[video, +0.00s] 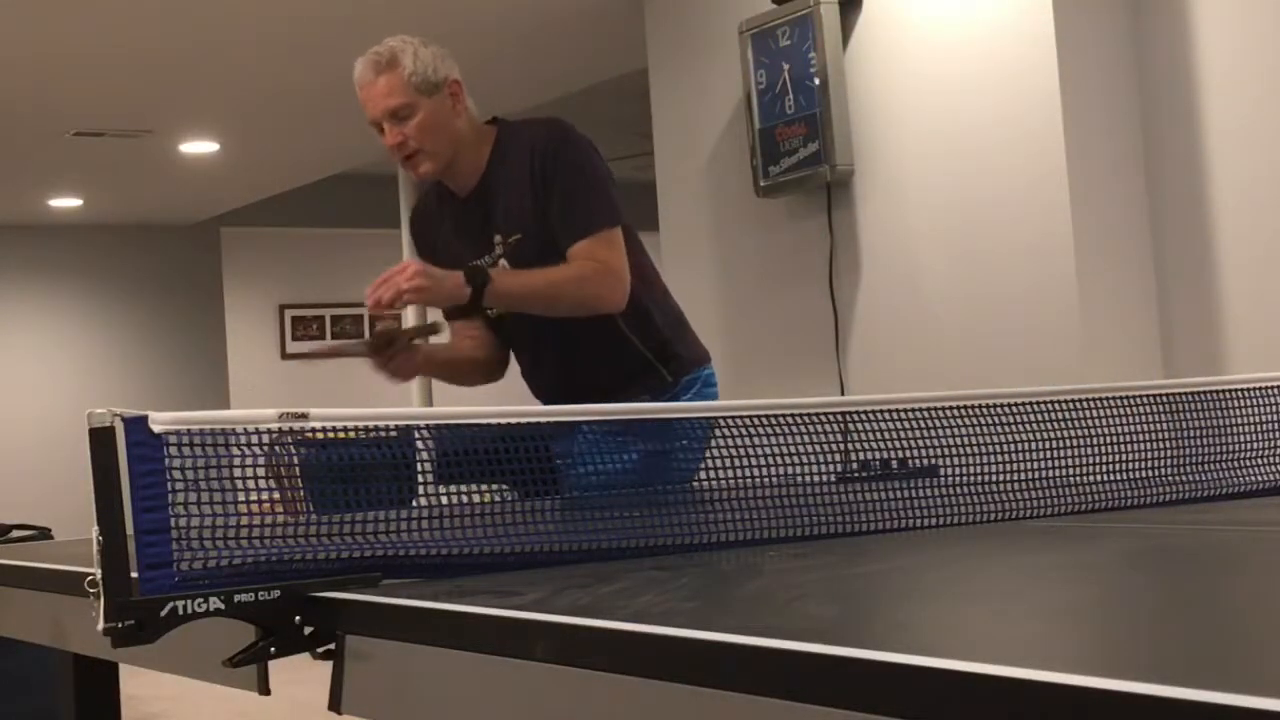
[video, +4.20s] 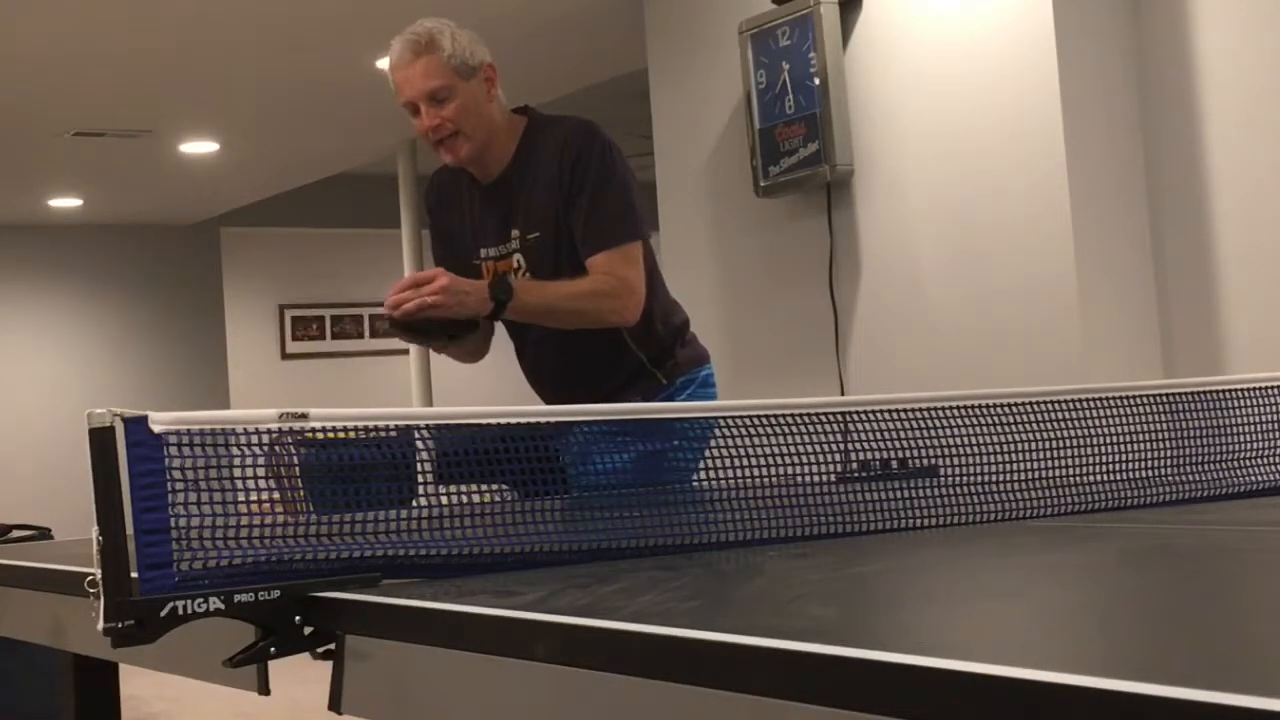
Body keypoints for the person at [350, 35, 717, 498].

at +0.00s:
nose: (392, 141)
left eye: (402, 115)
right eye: (380, 128)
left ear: (454, 96)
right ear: (375, 133)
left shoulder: (552, 149)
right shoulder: (432, 218)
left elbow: (606, 285)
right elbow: (486, 357)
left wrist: (465, 284)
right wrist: (421, 358)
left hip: (667, 394)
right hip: (578, 413)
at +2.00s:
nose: (425, 113)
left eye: (438, 90)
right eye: (409, 101)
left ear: (482, 81)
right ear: (400, 113)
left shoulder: (572, 145)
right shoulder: (431, 207)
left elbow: (639, 283)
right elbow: (473, 357)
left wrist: (517, 295)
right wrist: (443, 354)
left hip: (663, 394)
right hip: (573, 414)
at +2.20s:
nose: (410, 128)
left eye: (420, 103)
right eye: (400, 112)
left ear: (476, 82)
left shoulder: (577, 146)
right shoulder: (444, 197)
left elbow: (637, 290)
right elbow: (454, 341)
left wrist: (514, 296)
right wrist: (392, 345)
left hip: (663, 395)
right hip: (576, 413)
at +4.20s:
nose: (430, 123)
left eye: (440, 98)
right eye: (415, 110)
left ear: (488, 81)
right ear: (408, 115)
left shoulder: (579, 148)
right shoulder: (447, 192)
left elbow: (622, 299)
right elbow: (472, 346)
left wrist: (489, 295)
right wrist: (429, 320)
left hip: (667, 391)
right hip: (580, 409)